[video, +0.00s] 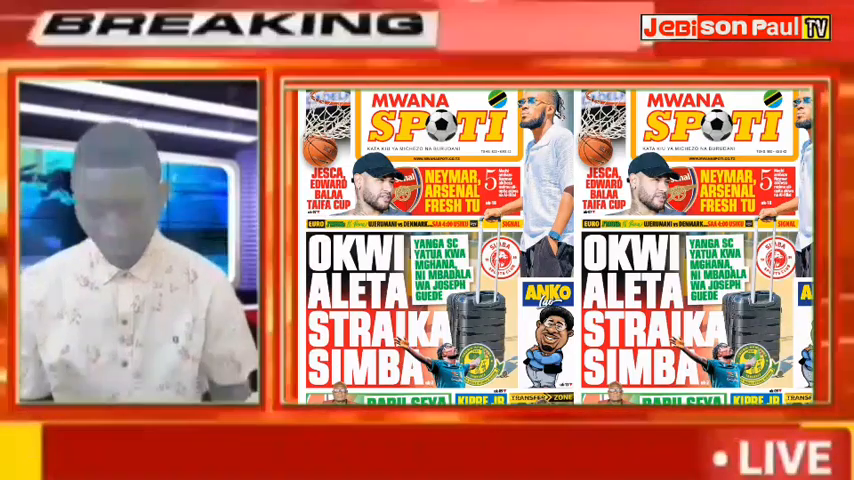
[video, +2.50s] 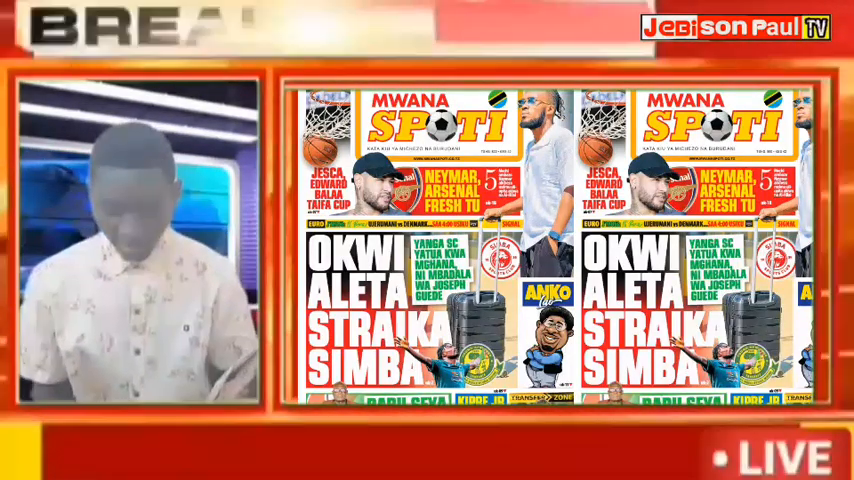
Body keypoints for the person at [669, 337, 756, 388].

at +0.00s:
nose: (728, 349)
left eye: (729, 347)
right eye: (724, 347)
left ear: (731, 351)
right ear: (718, 353)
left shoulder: (737, 366)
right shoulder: (714, 364)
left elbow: (750, 365)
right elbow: (698, 359)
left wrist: (754, 359)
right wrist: (684, 348)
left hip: (737, 401)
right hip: (720, 401)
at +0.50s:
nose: (729, 348)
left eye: (729, 347)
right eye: (724, 347)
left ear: (731, 351)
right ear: (718, 353)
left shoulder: (737, 366)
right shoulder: (714, 364)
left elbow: (749, 365)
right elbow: (698, 359)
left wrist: (754, 359)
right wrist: (684, 348)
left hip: (736, 401)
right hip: (720, 401)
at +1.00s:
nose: (728, 349)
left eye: (729, 347)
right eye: (724, 347)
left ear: (731, 351)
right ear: (718, 353)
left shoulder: (737, 366)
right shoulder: (714, 364)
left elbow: (749, 365)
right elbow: (698, 359)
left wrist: (754, 359)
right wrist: (684, 348)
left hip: (736, 401)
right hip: (720, 401)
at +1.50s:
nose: (728, 349)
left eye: (729, 347)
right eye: (724, 347)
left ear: (731, 351)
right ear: (718, 353)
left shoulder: (737, 366)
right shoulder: (714, 364)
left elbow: (749, 365)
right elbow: (698, 359)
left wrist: (754, 359)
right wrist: (684, 348)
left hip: (737, 400)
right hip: (720, 400)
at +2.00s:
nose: (728, 348)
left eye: (729, 347)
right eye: (724, 347)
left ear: (731, 351)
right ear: (718, 353)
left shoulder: (737, 366)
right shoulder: (714, 364)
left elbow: (749, 365)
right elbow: (698, 359)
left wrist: (754, 359)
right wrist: (684, 348)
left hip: (737, 400)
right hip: (720, 400)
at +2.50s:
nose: (729, 348)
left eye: (729, 347)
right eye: (724, 347)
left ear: (731, 351)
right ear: (718, 353)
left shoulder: (737, 366)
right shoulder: (714, 364)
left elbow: (750, 365)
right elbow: (698, 359)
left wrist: (755, 358)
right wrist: (683, 348)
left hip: (736, 401)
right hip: (720, 401)